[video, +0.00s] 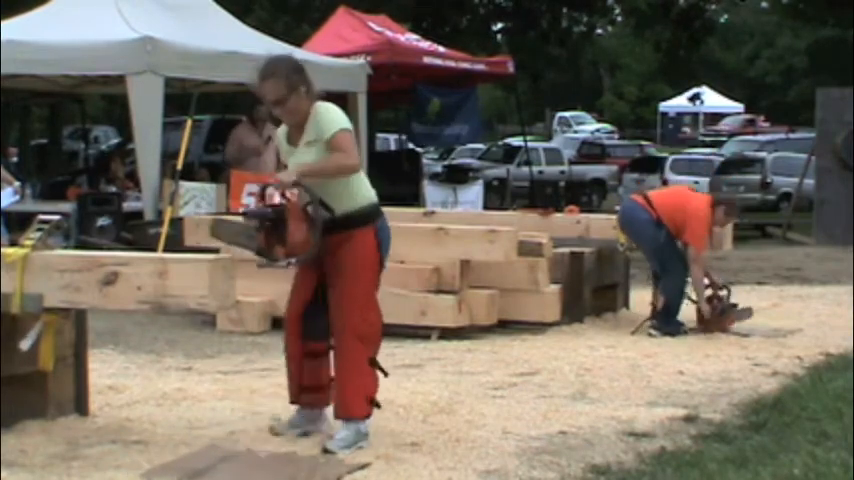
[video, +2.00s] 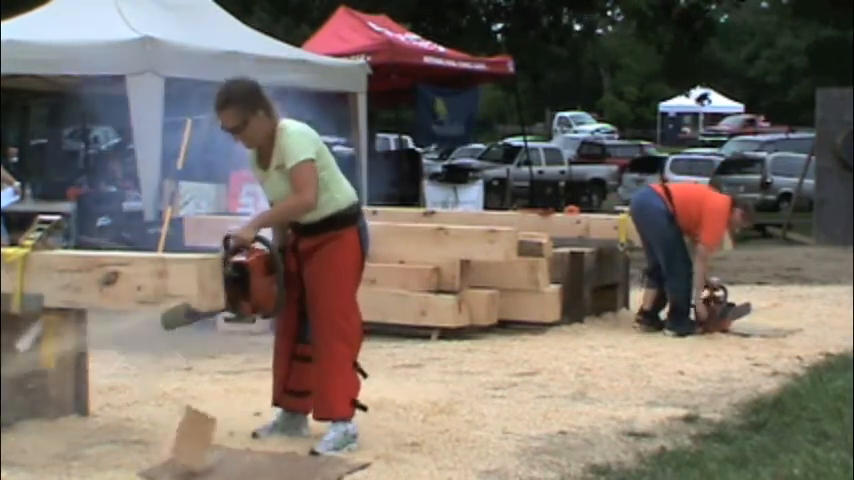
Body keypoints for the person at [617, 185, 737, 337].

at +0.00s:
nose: (724, 224)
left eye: (729, 221)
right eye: (726, 219)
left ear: (718, 208)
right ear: (720, 209)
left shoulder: (700, 203)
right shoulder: (700, 212)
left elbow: (693, 252)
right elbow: (695, 262)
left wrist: (709, 278)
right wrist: (701, 302)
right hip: (641, 215)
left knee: (669, 265)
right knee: (676, 267)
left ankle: (663, 317)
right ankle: (665, 321)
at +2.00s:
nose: (737, 228)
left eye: (741, 226)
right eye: (740, 224)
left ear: (736, 211)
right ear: (738, 213)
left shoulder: (714, 202)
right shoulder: (719, 209)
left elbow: (697, 248)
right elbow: (701, 256)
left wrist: (705, 280)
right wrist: (698, 302)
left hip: (644, 200)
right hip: (656, 207)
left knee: (658, 266)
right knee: (680, 268)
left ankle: (647, 313)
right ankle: (678, 321)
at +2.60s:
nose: (731, 212)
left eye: (733, 208)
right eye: (732, 207)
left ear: (717, 192)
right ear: (726, 199)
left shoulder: (700, 192)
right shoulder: (714, 209)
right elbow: (700, 248)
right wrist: (706, 280)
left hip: (637, 210)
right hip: (658, 219)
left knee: (658, 269)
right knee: (690, 269)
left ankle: (637, 313)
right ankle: (680, 321)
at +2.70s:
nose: (729, 191)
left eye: (731, 188)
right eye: (730, 186)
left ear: (716, 171)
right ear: (727, 178)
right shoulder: (716, 182)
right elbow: (708, 219)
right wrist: (708, 253)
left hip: (641, 210)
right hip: (660, 214)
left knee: (665, 271)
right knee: (693, 271)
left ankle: (639, 313)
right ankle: (683, 323)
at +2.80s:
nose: (730, 190)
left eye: (732, 186)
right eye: (731, 183)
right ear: (726, 171)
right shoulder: (714, 163)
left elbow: (699, 247)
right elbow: (702, 177)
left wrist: (711, 276)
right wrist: (706, 216)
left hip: (645, 200)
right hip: (664, 204)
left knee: (662, 265)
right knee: (683, 263)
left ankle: (640, 313)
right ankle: (684, 321)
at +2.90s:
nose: (732, 196)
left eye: (734, 196)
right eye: (733, 190)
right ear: (730, 178)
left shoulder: (705, 206)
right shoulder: (715, 166)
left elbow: (695, 243)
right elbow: (694, 152)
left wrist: (704, 279)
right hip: (662, 201)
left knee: (661, 264)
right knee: (682, 263)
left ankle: (641, 312)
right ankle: (681, 319)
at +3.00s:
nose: (731, 202)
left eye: (735, 202)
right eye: (734, 195)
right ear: (731, 183)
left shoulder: (702, 211)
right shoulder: (717, 171)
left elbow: (693, 243)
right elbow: (695, 162)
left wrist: (704, 279)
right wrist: (712, 188)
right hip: (659, 204)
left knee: (659, 268)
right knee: (681, 265)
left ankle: (639, 313)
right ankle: (679, 323)